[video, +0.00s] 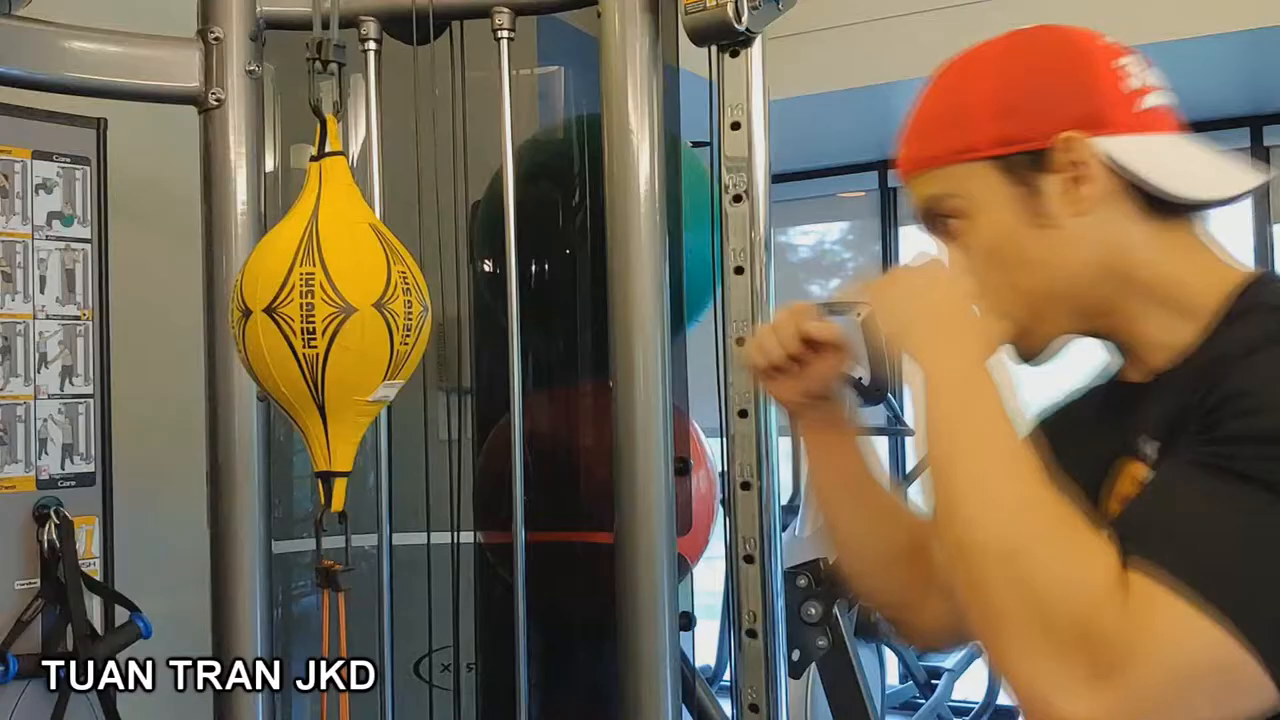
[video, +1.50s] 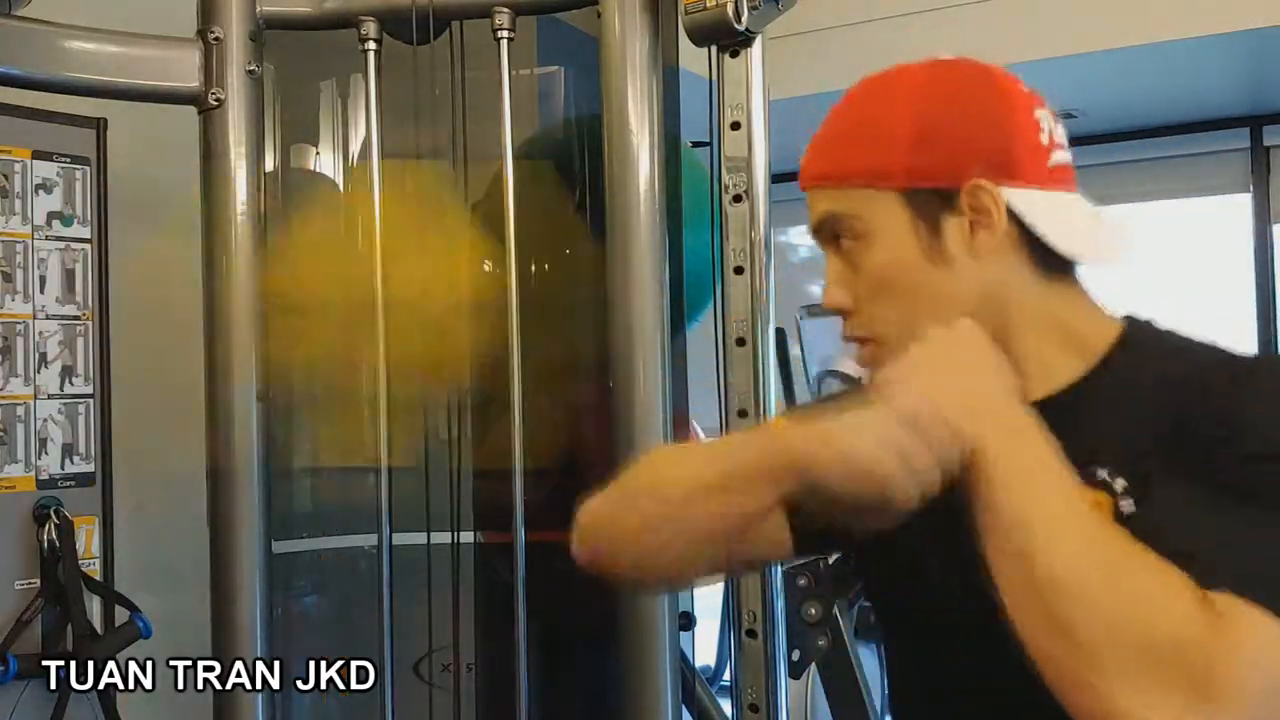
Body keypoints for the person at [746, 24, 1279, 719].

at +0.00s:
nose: (951, 271)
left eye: (951, 223)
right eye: (937, 233)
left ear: (1075, 175)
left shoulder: (1267, 372)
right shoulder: (1112, 410)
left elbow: (1107, 684)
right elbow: (930, 604)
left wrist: (950, 351)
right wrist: (819, 415)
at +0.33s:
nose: (944, 255)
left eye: (950, 212)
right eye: (933, 222)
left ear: (1073, 166)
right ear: (1076, 168)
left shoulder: (1266, 363)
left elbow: (1035, 658)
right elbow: (942, 578)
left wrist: (946, 304)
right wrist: (873, 387)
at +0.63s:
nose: (821, 293)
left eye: (831, 255)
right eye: (813, 263)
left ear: (945, 216)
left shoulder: (1179, 388)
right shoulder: (992, 434)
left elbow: (928, 645)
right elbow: (836, 601)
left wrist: (835, 350)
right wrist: (739, 434)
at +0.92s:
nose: (847, 294)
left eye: (850, 250)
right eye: (838, 259)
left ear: (961, 213)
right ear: (966, 215)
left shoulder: (1161, 409)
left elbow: (895, 685)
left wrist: (824, 380)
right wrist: (789, 507)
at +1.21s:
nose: (822, 256)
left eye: (833, 211)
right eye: (818, 220)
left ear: (957, 179)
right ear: (956, 184)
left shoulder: (1221, 379)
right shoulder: (952, 403)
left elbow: (1009, 647)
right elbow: (716, 474)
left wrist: (856, 352)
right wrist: (492, 358)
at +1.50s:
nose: (828, 300)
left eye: (846, 243)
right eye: (825, 254)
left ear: (977, 217)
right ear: (977, 220)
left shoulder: (1242, 408)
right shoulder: (887, 426)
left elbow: (1201, 698)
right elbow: (606, 534)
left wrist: (993, 426)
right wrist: (805, 457)